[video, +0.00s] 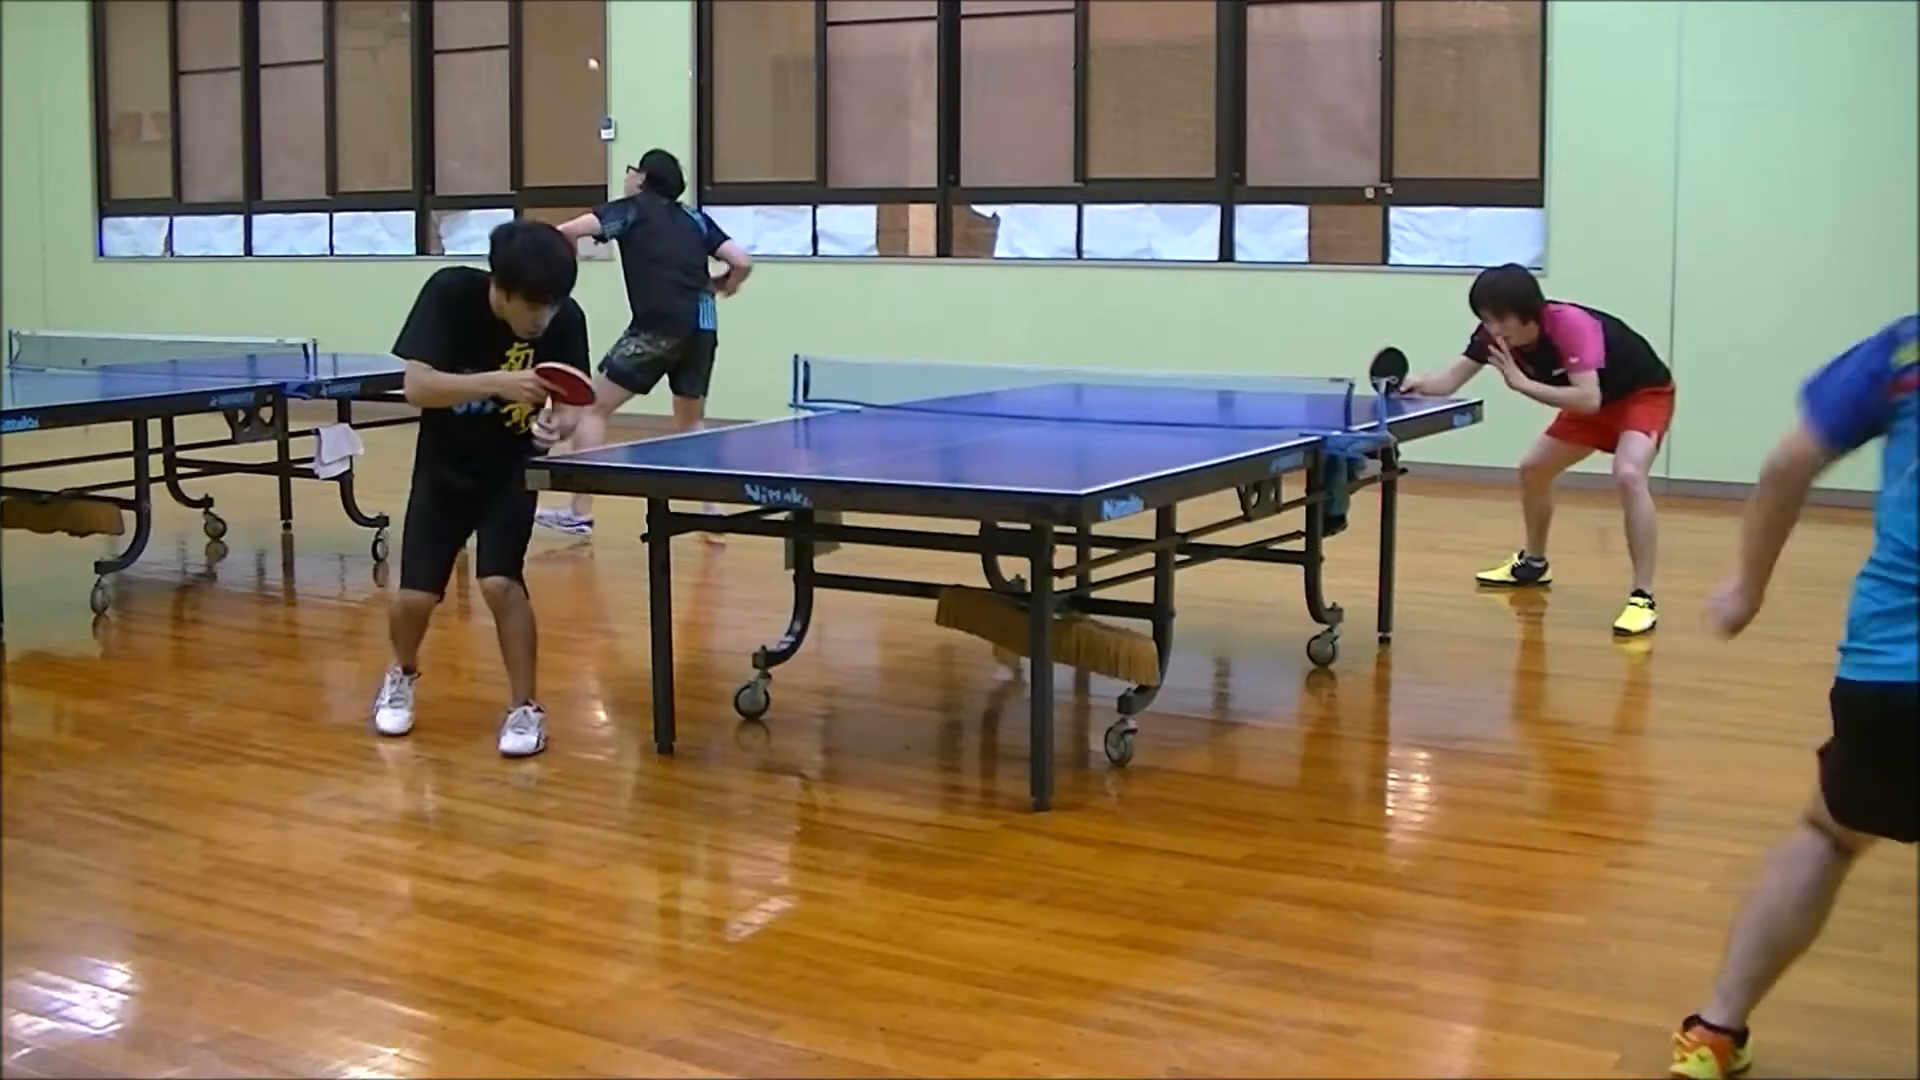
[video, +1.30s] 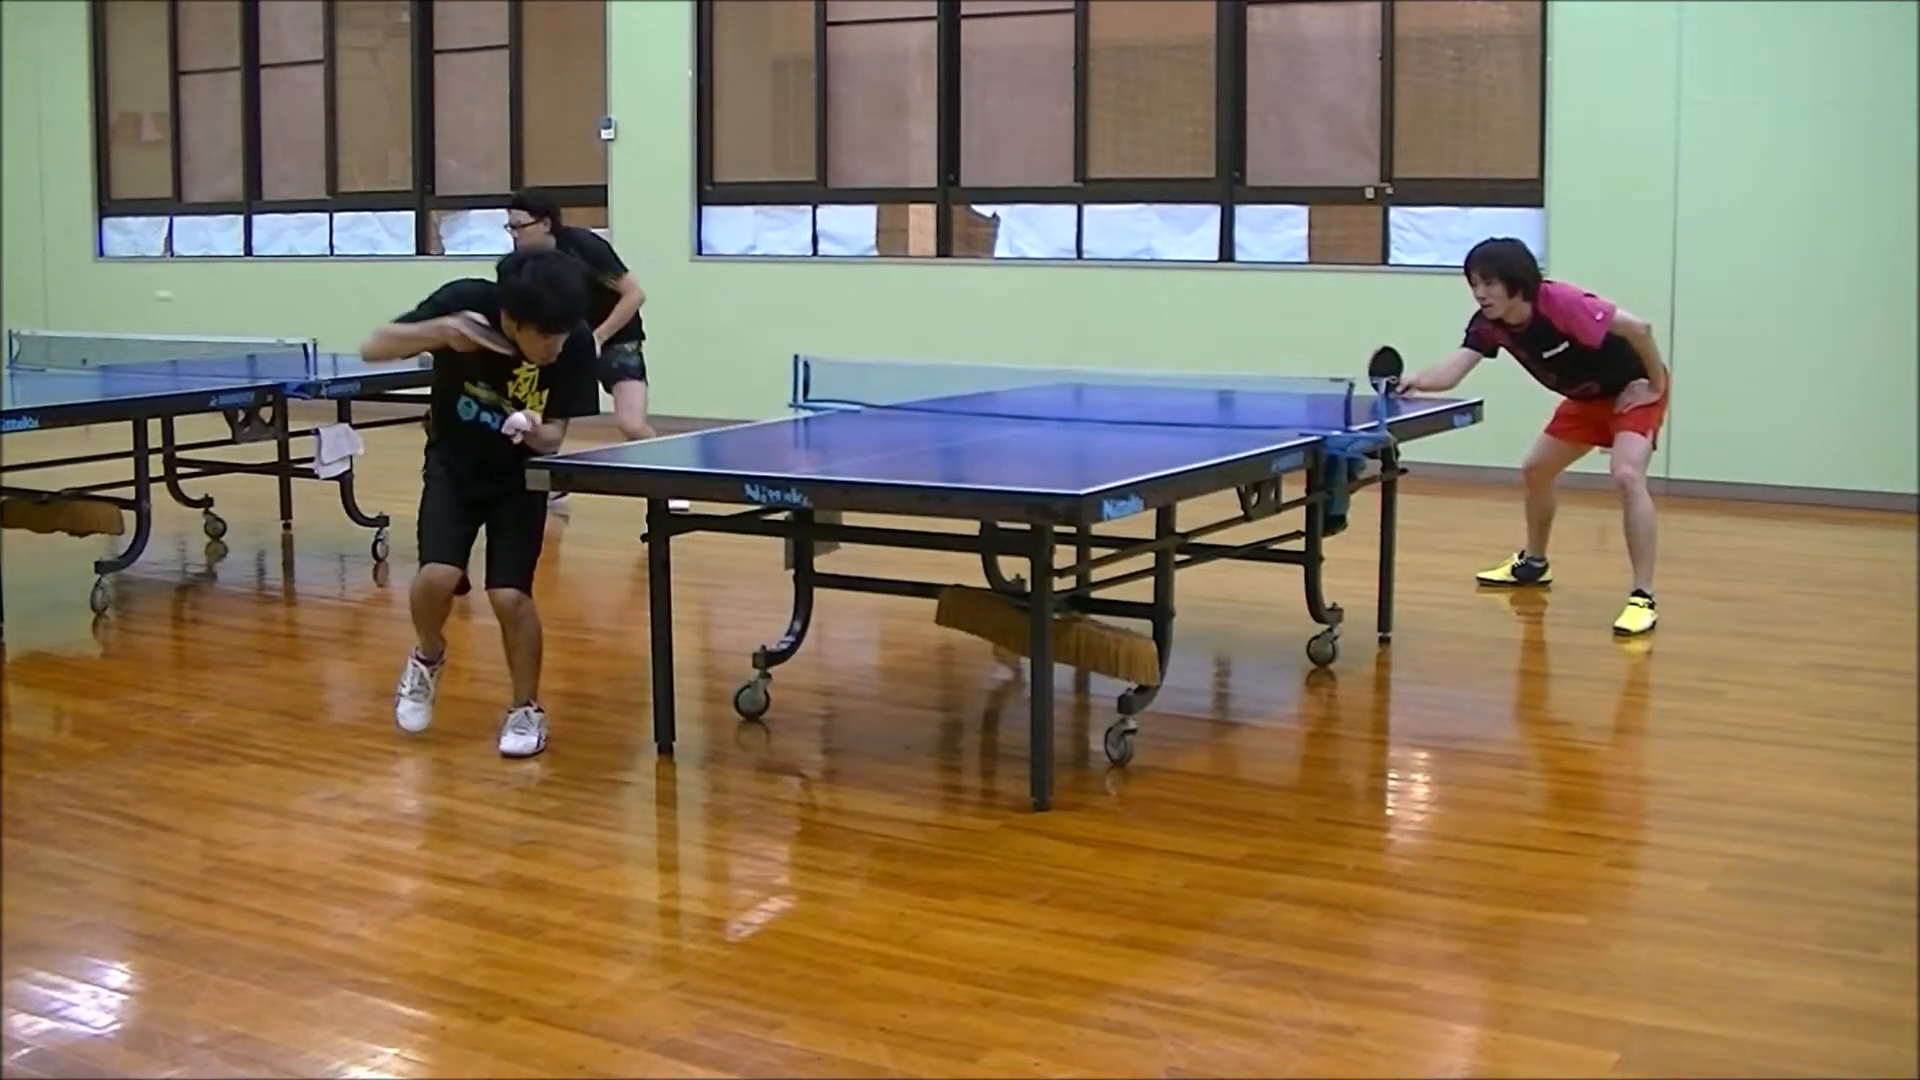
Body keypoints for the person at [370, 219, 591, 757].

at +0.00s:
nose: (544, 319)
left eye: (552, 306)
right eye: (533, 307)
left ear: (561, 292)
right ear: (498, 289)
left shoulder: (565, 320)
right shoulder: (449, 293)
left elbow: (572, 407)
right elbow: (417, 387)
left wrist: (556, 424)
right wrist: (498, 384)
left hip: (510, 467)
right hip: (443, 461)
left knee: (499, 583)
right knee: (414, 595)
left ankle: (525, 709)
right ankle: (402, 674)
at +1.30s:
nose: (555, 348)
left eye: (562, 337)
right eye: (545, 337)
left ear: (573, 324)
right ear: (510, 318)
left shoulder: (574, 344)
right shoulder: (462, 304)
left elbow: (554, 435)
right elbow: (371, 349)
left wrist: (533, 431)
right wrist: (439, 332)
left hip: (520, 473)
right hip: (453, 463)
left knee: (508, 595)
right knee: (438, 578)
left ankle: (525, 708)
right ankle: (427, 659)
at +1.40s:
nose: (548, 345)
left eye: (554, 334)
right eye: (537, 334)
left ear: (563, 319)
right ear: (503, 316)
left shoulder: (565, 345)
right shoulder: (457, 303)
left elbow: (550, 436)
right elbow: (346, 314)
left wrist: (531, 432)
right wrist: (378, 310)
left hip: (513, 475)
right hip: (448, 465)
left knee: (508, 598)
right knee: (418, 580)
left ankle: (525, 709)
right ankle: (406, 653)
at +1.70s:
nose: (483, 316)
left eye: (489, 302)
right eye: (470, 307)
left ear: (496, 287)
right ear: (433, 296)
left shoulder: (510, 330)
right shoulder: (395, 285)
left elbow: (505, 417)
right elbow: (352, 280)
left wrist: (506, 479)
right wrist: (309, 306)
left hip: (475, 480)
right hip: (404, 473)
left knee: (480, 596)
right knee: (363, 611)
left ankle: (524, 708)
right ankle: (333, 692)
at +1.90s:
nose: (421, 277)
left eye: (427, 262)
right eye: (407, 268)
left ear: (435, 248)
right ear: (371, 263)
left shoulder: (452, 288)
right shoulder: (338, 266)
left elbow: (488, 373)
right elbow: (317, 297)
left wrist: (518, 431)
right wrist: (297, 339)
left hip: (437, 450)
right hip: (363, 450)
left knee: (471, 571)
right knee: (341, 590)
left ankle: (496, 691)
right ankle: (335, 694)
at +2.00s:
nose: (417, 261)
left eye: (420, 246)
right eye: (402, 253)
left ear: (426, 230)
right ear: (364, 249)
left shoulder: (442, 261)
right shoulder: (326, 252)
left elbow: (485, 326)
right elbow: (294, 294)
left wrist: (513, 352)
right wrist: (298, 338)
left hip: (424, 429)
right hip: (352, 430)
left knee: (459, 569)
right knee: (339, 580)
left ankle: (451, 668)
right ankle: (333, 693)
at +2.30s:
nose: (454, 225)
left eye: (460, 212)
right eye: (442, 214)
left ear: (467, 202)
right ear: (403, 207)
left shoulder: (463, 238)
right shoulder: (360, 248)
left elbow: (505, 293)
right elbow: (313, 343)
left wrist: (574, 318)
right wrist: (358, 321)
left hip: (416, 419)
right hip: (351, 426)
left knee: (463, 547)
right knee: (344, 573)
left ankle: (421, 683)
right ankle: (331, 693)